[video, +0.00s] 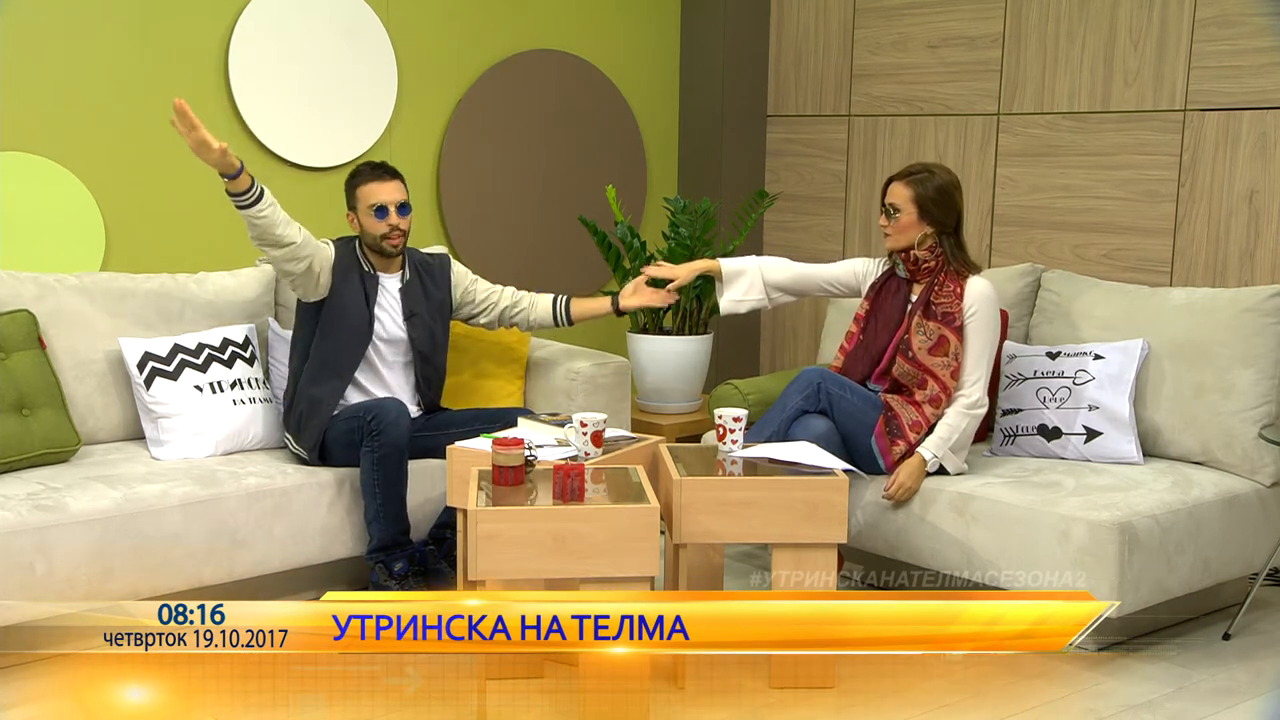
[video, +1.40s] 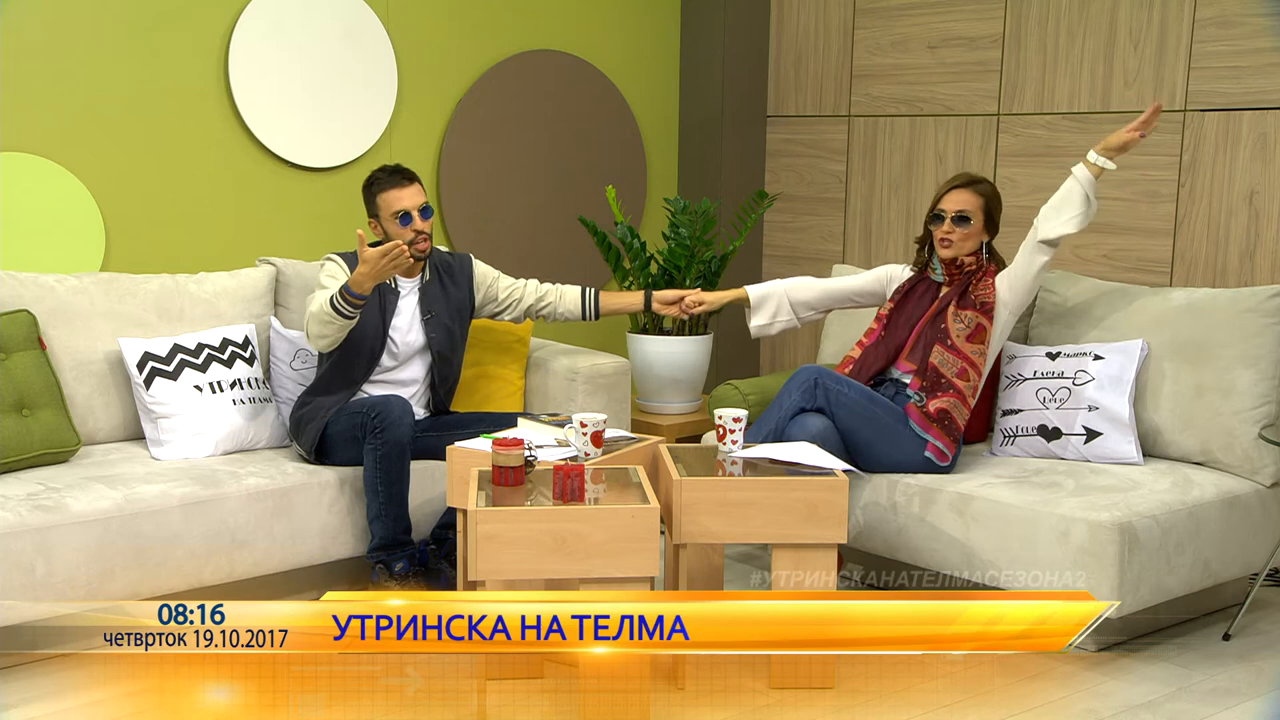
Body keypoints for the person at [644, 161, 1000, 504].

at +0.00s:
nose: (883, 222)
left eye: (895, 213)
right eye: (885, 211)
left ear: (932, 221)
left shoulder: (974, 293)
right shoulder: (880, 273)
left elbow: (971, 398)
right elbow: (793, 275)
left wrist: (922, 460)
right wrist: (702, 266)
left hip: (915, 440)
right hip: (861, 423)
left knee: (816, 379)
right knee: (811, 429)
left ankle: (727, 468)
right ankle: (802, 571)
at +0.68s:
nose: (917, 223)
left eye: (933, 214)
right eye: (914, 213)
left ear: (964, 227)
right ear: (907, 219)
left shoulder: (989, 295)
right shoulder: (890, 276)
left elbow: (1002, 372)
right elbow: (807, 290)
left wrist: (971, 429)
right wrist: (714, 295)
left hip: (922, 436)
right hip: (864, 421)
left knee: (813, 380)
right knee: (809, 431)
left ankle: (734, 468)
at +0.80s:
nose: (927, 223)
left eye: (943, 216)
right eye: (922, 213)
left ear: (972, 227)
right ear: (914, 219)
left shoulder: (991, 294)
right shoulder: (897, 279)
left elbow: (1032, 316)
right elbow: (811, 295)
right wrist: (716, 302)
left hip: (926, 440)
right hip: (868, 423)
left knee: (812, 380)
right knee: (809, 429)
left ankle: (732, 475)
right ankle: (804, 571)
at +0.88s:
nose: (934, 223)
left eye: (949, 216)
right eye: (928, 214)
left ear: (976, 229)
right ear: (918, 222)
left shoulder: (994, 292)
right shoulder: (896, 282)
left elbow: (1044, 276)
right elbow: (810, 294)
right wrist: (718, 303)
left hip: (924, 440)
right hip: (865, 422)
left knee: (812, 381)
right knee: (810, 432)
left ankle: (734, 472)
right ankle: (802, 570)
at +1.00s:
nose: (939, 226)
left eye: (954, 217)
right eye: (933, 216)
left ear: (981, 229)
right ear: (923, 224)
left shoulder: (996, 293)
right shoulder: (900, 280)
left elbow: (1040, 241)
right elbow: (816, 292)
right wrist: (723, 300)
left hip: (923, 436)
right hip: (865, 418)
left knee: (812, 380)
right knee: (800, 430)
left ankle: (739, 459)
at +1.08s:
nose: (941, 225)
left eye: (956, 217)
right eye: (934, 215)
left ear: (983, 228)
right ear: (925, 222)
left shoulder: (998, 291)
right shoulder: (901, 280)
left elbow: (1039, 232)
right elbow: (816, 296)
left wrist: (1090, 150)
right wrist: (724, 300)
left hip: (924, 433)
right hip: (863, 415)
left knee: (812, 381)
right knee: (805, 438)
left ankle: (741, 458)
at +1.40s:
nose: (947, 229)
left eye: (962, 220)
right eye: (940, 219)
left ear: (988, 231)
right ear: (930, 226)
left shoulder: (1001, 294)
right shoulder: (905, 280)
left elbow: (1045, 237)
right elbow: (820, 290)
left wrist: (1100, 157)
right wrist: (725, 297)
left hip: (925, 433)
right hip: (866, 415)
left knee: (813, 380)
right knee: (807, 434)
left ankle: (731, 469)